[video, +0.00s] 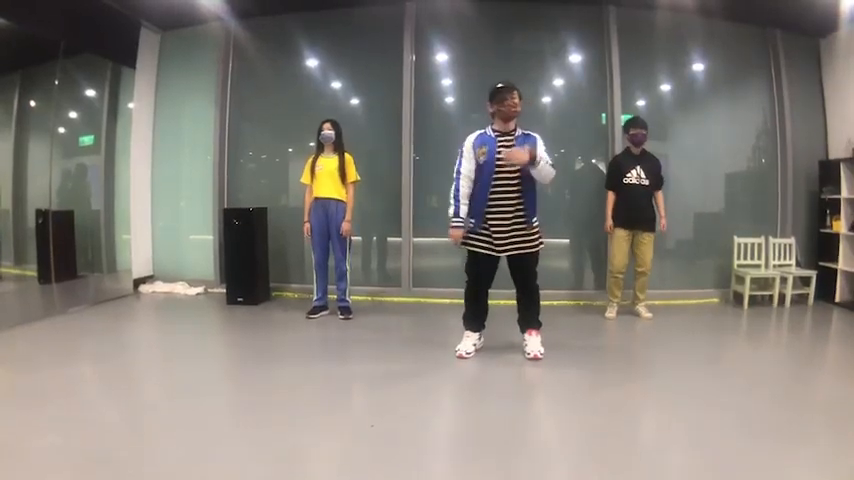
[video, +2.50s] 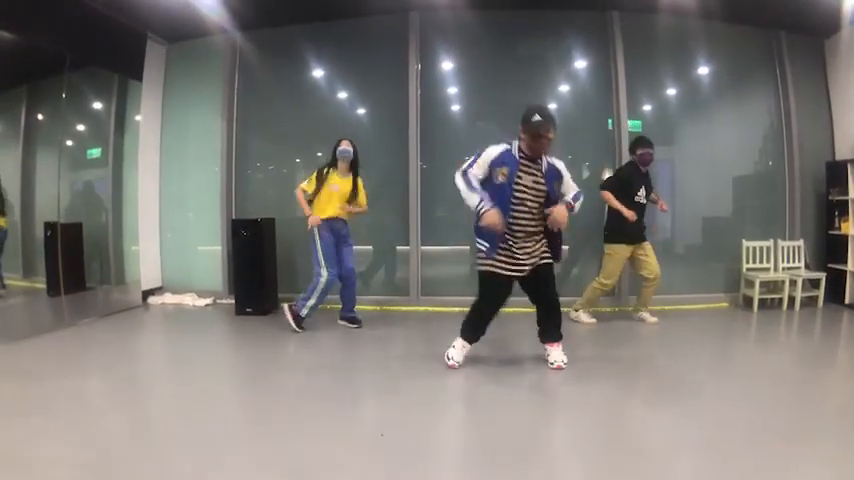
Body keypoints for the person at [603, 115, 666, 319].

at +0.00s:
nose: (638, 138)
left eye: (642, 135)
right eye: (634, 135)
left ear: (647, 136)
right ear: (627, 135)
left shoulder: (653, 162)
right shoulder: (617, 162)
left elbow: (658, 191)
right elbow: (611, 191)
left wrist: (662, 216)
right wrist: (608, 217)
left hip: (645, 223)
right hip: (621, 223)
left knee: (644, 267)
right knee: (617, 267)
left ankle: (639, 302)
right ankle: (613, 302)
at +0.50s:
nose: (640, 135)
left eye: (643, 131)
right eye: (635, 131)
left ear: (648, 134)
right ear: (628, 134)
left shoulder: (654, 160)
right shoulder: (618, 161)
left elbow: (657, 189)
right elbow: (612, 191)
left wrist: (653, 213)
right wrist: (609, 217)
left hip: (646, 222)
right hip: (622, 222)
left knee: (645, 266)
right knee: (619, 267)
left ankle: (641, 301)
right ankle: (615, 302)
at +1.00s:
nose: (640, 138)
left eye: (643, 134)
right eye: (636, 134)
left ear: (648, 137)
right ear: (629, 137)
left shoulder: (653, 164)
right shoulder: (618, 164)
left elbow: (658, 195)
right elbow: (613, 192)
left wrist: (662, 221)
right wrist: (615, 217)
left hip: (648, 225)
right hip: (623, 225)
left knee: (648, 269)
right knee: (620, 270)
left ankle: (644, 304)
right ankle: (618, 305)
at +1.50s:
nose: (643, 145)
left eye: (646, 142)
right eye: (638, 142)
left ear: (650, 144)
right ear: (631, 144)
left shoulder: (657, 172)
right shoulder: (621, 171)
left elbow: (662, 202)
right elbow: (615, 200)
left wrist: (663, 228)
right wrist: (611, 226)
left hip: (649, 232)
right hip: (624, 232)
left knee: (652, 276)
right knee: (620, 273)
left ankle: (651, 308)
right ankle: (619, 308)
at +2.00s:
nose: (618, 149)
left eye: (622, 146)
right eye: (614, 146)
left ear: (628, 149)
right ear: (609, 148)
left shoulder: (635, 172)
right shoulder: (602, 174)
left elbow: (651, 197)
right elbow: (588, 194)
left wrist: (643, 218)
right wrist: (587, 216)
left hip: (631, 235)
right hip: (606, 234)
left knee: (641, 277)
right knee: (597, 276)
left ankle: (653, 308)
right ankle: (597, 310)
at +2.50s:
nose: (647, 157)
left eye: (650, 153)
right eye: (643, 154)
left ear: (653, 154)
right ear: (633, 155)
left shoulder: (645, 174)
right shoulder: (625, 172)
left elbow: (647, 193)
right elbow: (605, 191)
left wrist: (658, 201)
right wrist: (624, 210)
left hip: (637, 236)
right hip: (618, 237)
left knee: (652, 274)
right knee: (606, 281)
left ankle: (641, 310)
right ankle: (579, 309)